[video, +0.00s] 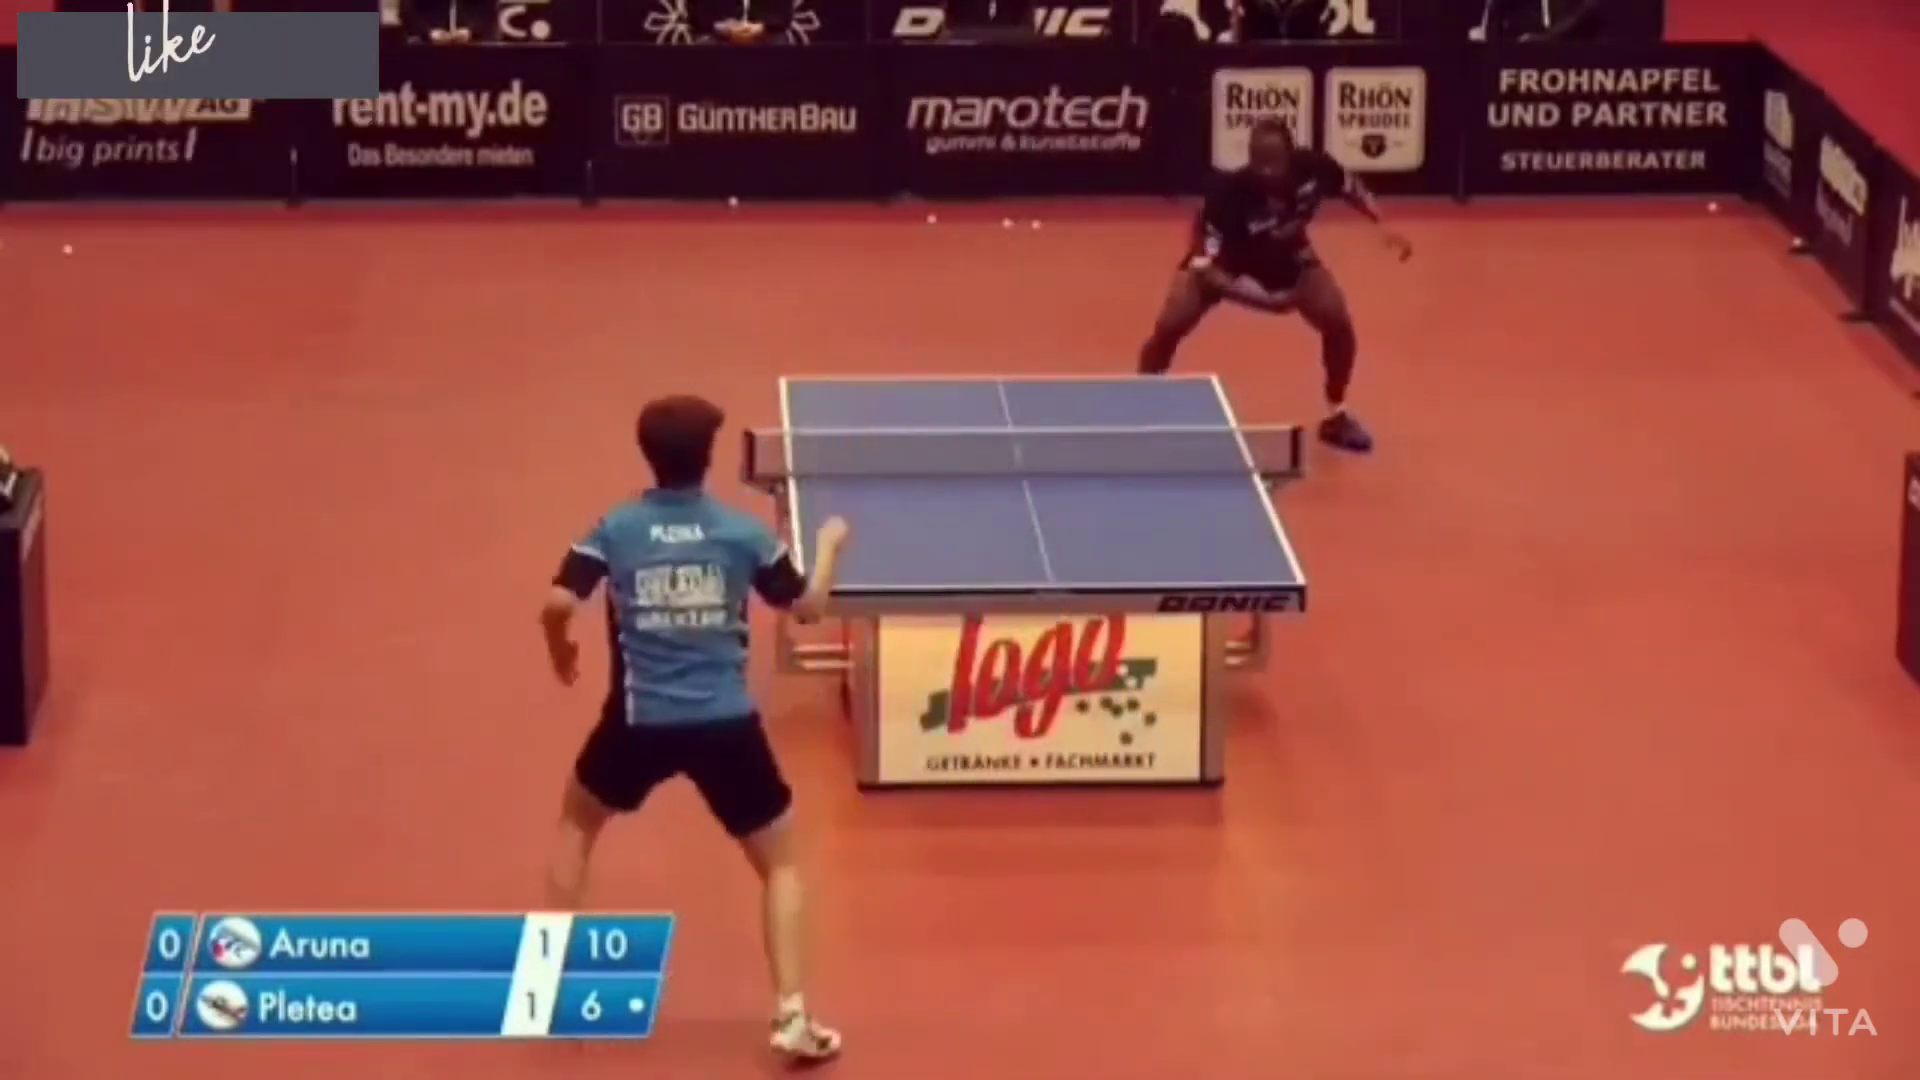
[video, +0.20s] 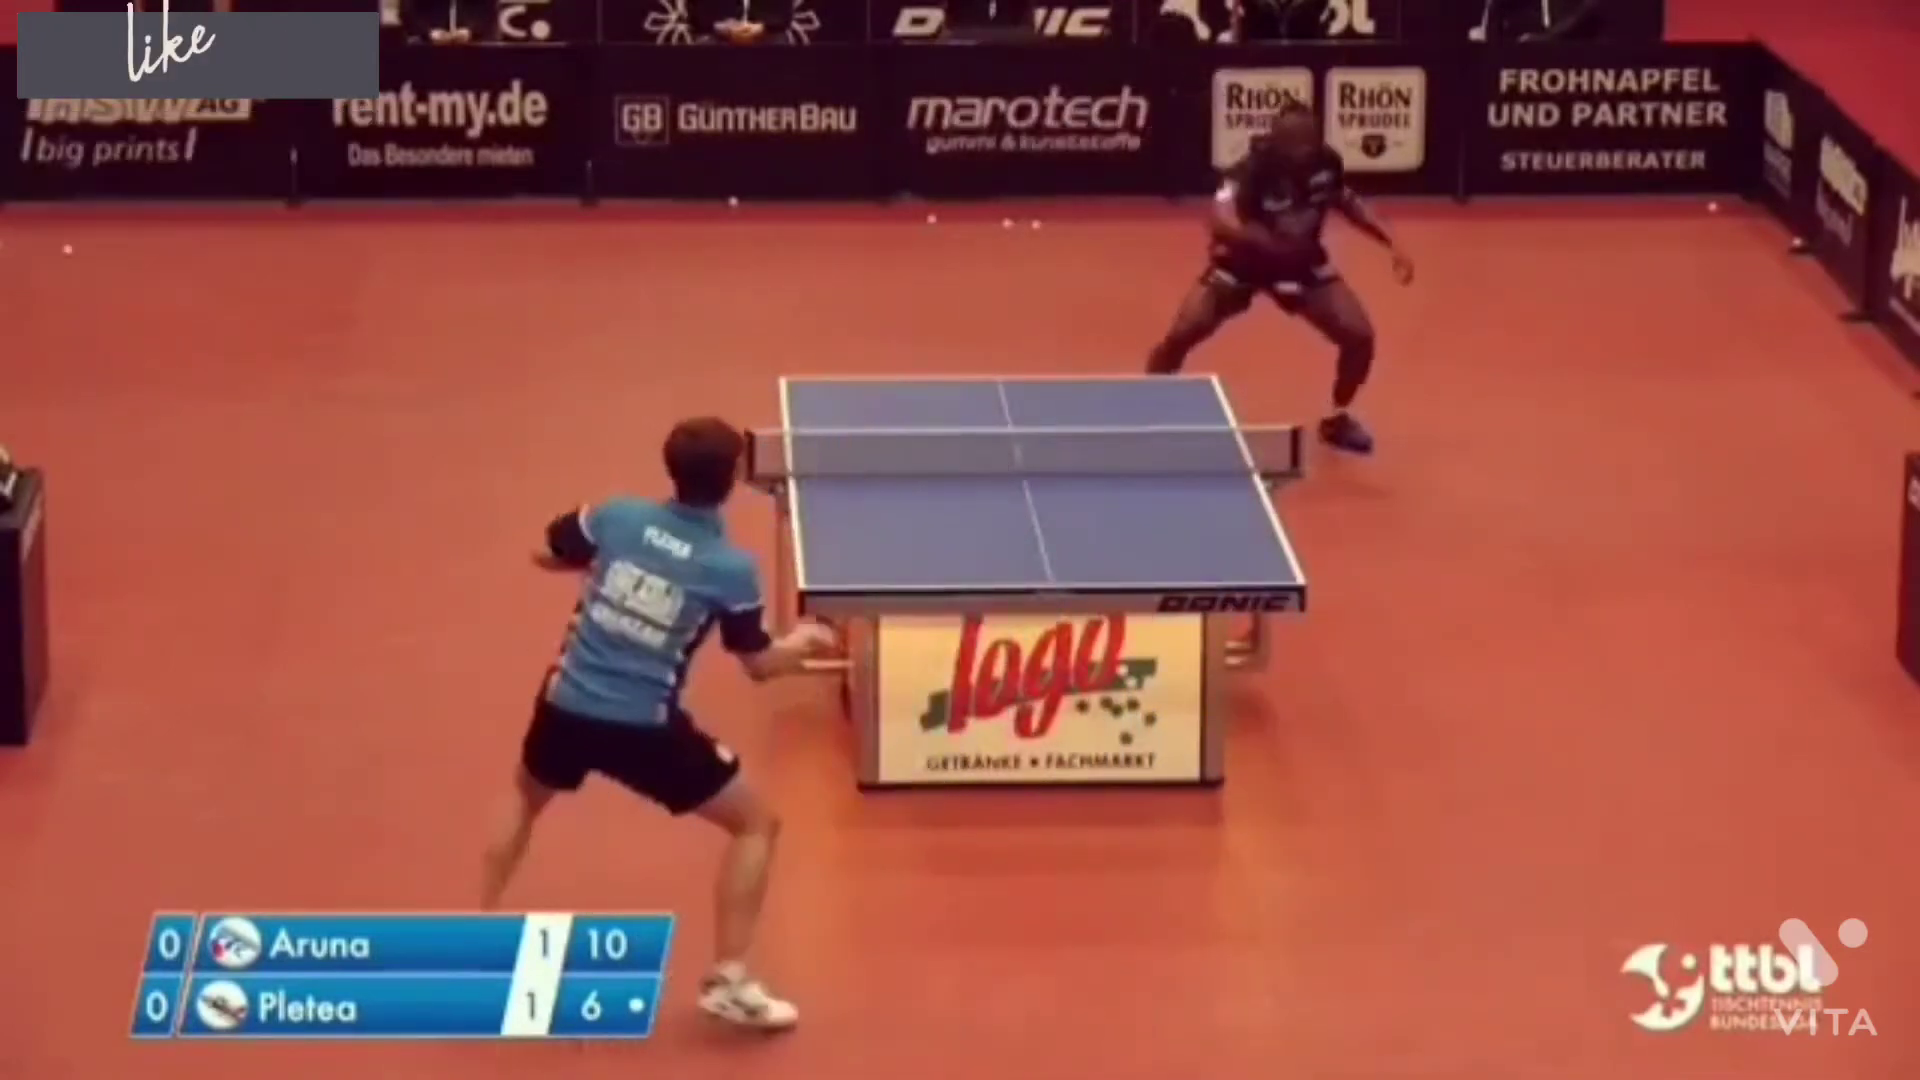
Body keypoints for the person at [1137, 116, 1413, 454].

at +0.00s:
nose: (1268, 169)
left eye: (1275, 160)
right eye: (1260, 161)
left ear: (1290, 155)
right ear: (1249, 157)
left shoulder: (1315, 169)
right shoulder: (1228, 189)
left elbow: (1352, 189)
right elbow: (1203, 267)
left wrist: (1384, 228)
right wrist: (1266, 301)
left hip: (1288, 258)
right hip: (1230, 261)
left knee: (1338, 324)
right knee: (1168, 329)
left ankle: (1335, 416)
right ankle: (1143, 404)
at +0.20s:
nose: (1303, 148)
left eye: (1308, 139)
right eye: (1294, 139)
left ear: (1317, 137)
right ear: (1275, 139)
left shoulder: (1327, 166)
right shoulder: (1250, 167)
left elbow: (1346, 203)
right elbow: (1221, 222)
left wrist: (1391, 245)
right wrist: (1270, 242)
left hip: (1301, 269)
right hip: (1239, 268)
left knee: (1359, 337)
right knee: (1179, 337)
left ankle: (1337, 418)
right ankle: (1147, 407)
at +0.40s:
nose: (1324, 109)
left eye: (1332, 101)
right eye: (1317, 99)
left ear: (1342, 99)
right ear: (1302, 97)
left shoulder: (1349, 137)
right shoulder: (1273, 129)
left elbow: (1365, 181)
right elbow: (1204, 121)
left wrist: (1410, 219)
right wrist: (1163, 72)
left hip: (1319, 253)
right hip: (1256, 251)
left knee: (1375, 330)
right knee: (1197, 335)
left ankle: (1347, 404)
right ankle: (1157, 407)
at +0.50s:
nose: (1325, 109)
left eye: (1333, 100)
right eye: (1319, 99)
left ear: (1348, 102)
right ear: (1306, 97)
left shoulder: (1360, 146)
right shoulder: (1276, 120)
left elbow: (1383, 188)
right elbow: (1209, 96)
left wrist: (1426, 226)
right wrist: (1162, 46)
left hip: (1324, 248)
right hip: (1261, 243)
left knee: (1383, 330)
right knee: (1209, 324)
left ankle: (1371, 396)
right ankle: (1180, 399)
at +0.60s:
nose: (1325, 122)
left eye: (1334, 114)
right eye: (1319, 112)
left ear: (1351, 114)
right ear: (1309, 108)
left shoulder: (1370, 159)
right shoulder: (1285, 133)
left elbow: (1401, 217)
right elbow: (1220, 112)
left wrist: (1432, 271)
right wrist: (1183, 70)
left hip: (1336, 270)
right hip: (1270, 265)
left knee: (1387, 353)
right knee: (1214, 348)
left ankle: (1412, 433)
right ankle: (1174, 425)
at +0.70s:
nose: (1325, 120)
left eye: (1333, 112)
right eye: (1319, 111)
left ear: (1350, 113)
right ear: (1309, 109)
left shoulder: (1371, 155)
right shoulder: (1289, 140)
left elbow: (1402, 215)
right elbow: (1233, 142)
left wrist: (1404, 275)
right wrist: (1192, 114)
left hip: (1349, 270)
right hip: (1284, 264)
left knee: (1395, 357)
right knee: (1225, 340)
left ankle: (1413, 433)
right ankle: (1185, 421)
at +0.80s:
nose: (1304, 102)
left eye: (1311, 93)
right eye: (1297, 93)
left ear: (1330, 91)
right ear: (1290, 93)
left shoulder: (1361, 134)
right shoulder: (1278, 133)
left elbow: (1377, 205)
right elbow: (1248, 183)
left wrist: (1330, 239)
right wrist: (1209, 188)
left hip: (1360, 243)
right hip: (1303, 240)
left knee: (1385, 338)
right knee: (1241, 314)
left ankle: (1420, 426)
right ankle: (1198, 404)